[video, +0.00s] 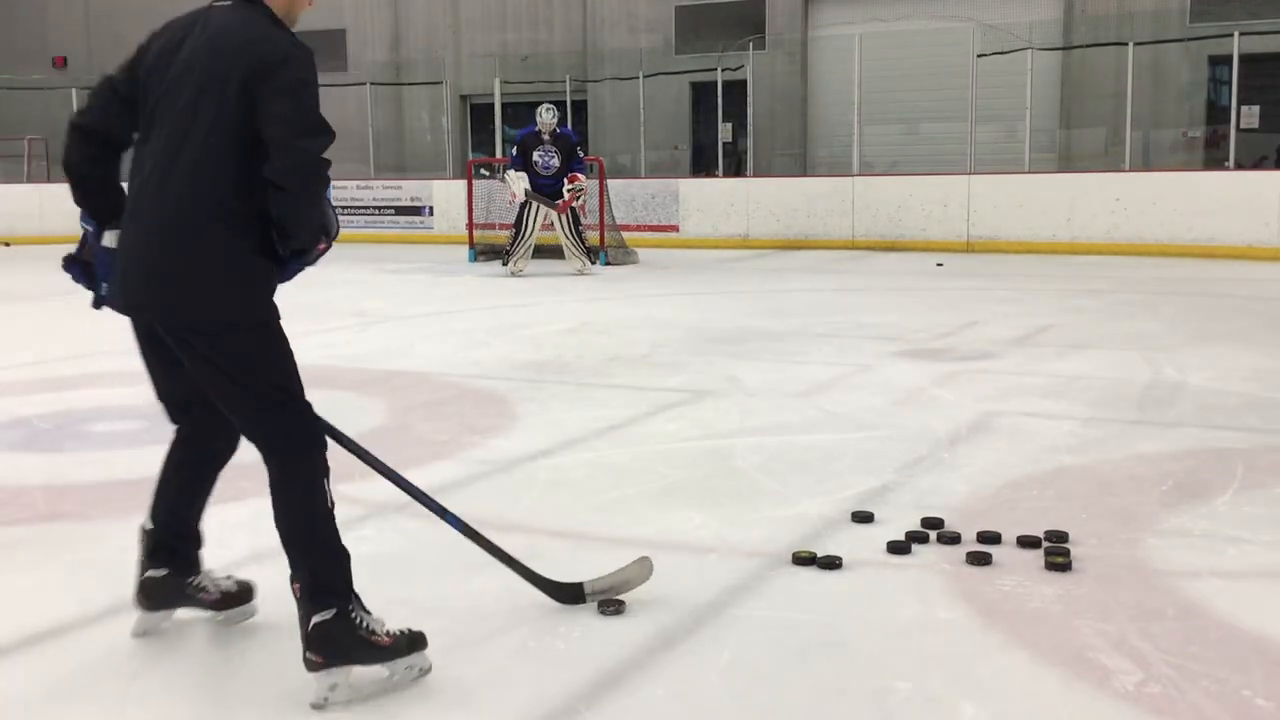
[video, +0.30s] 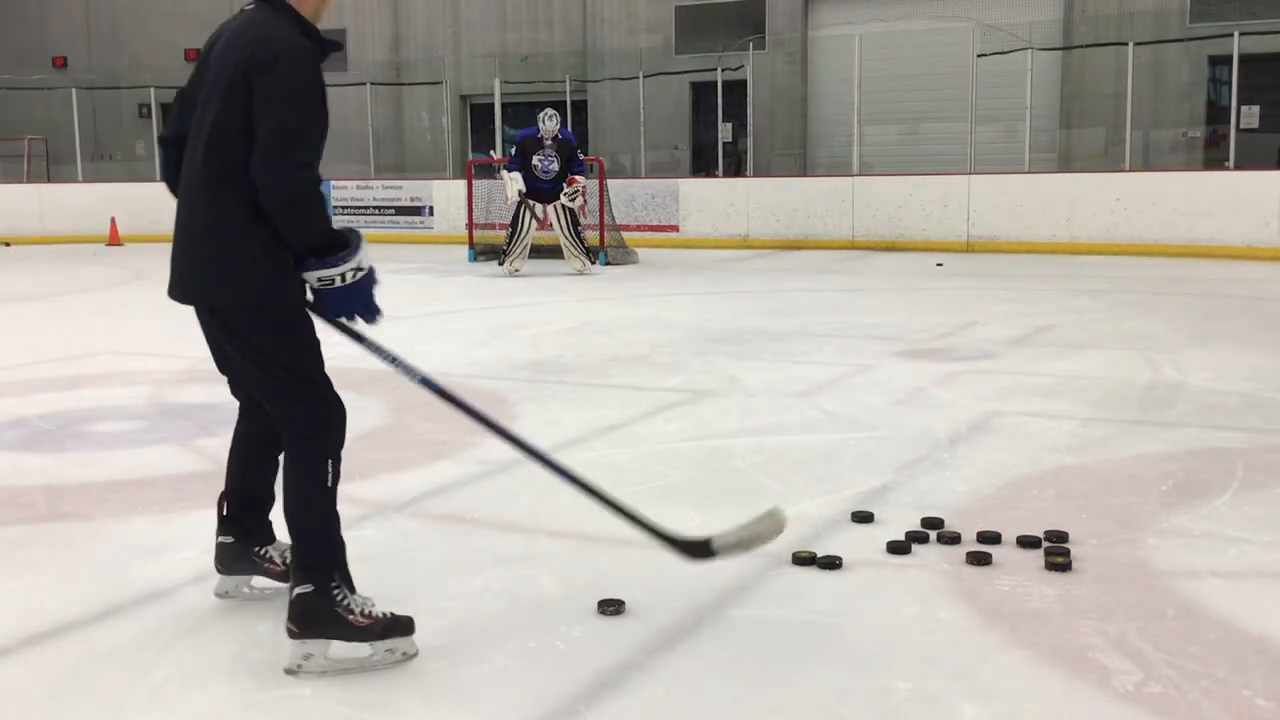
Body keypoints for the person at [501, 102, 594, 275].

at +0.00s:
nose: (546, 127)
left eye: (550, 124)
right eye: (543, 124)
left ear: (556, 121)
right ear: (537, 121)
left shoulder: (567, 138)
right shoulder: (526, 138)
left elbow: (577, 164)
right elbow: (516, 164)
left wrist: (577, 184)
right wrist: (520, 185)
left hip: (560, 194)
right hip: (534, 194)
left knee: (570, 232)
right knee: (526, 231)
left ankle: (583, 265)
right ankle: (515, 266)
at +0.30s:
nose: (549, 135)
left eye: (552, 132)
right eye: (546, 132)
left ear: (558, 127)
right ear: (539, 127)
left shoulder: (567, 140)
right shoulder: (526, 138)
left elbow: (578, 167)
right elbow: (513, 165)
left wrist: (577, 187)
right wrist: (515, 184)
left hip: (557, 194)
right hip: (531, 194)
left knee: (569, 231)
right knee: (521, 231)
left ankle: (583, 266)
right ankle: (510, 266)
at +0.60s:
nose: (547, 134)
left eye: (550, 130)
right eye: (543, 130)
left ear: (555, 128)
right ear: (536, 127)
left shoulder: (562, 145)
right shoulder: (520, 140)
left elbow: (570, 171)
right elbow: (509, 163)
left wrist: (562, 186)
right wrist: (514, 179)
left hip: (554, 190)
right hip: (527, 188)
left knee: (570, 224)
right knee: (515, 225)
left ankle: (583, 261)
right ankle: (506, 263)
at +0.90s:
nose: (536, 130)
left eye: (540, 126)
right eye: (532, 126)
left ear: (546, 127)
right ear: (526, 126)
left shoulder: (556, 144)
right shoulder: (514, 141)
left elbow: (565, 169)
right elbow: (504, 167)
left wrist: (563, 184)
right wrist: (510, 188)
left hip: (551, 195)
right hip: (523, 195)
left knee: (567, 228)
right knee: (513, 230)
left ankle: (576, 264)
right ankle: (505, 265)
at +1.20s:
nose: (541, 148)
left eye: (544, 144)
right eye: (537, 144)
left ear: (550, 143)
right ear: (531, 143)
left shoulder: (559, 159)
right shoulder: (519, 159)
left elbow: (570, 184)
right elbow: (504, 183)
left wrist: (582, 168)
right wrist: (497, 205)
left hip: (552, 201)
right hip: (522, 201)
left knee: (567, 231)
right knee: (506, 231)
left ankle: (583, 263)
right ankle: (492, 264)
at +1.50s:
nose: (539, 155)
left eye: (543, 151)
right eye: (536, 151)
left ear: (548, 151)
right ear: (529, 150)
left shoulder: (557, 166)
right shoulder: (518, 164)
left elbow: (570, 184)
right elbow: (501, 187)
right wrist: (497, 209)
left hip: (549, 205)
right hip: (521, 204)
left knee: (564, 234)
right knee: (507, 234)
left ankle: (584, 264)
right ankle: (491, 265)